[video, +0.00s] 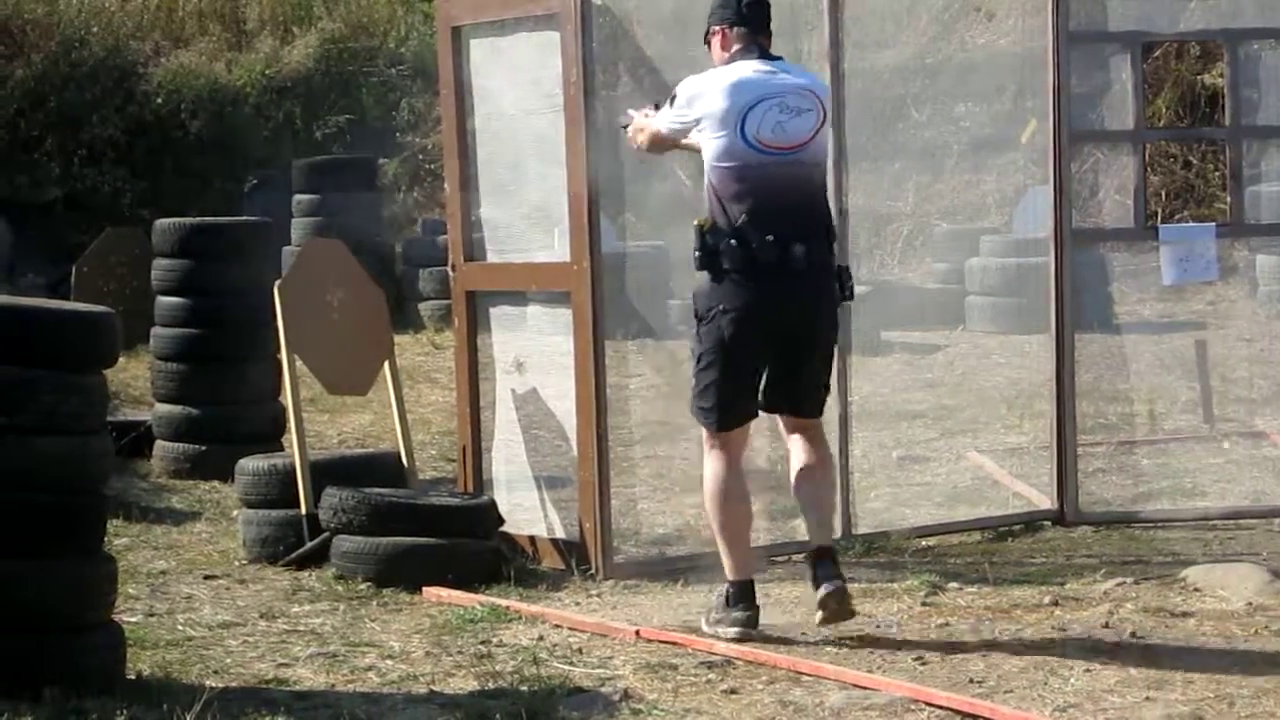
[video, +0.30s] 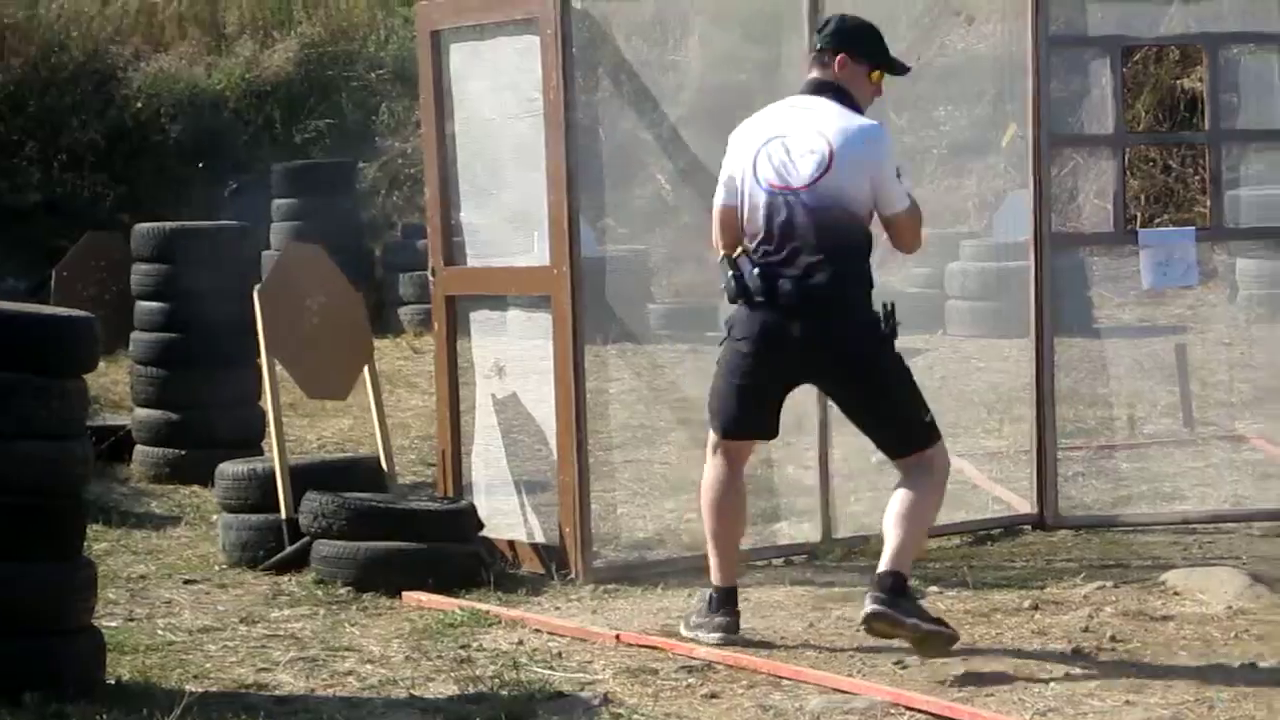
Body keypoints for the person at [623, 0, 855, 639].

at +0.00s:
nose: (709, 50)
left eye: (710, 40)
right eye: (712, 40)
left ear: (721, 38)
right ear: (765, 36)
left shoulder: (708, 89)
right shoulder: (815, 87)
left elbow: (652, 137)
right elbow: (753, 125)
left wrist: (640, 123)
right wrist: (687, 123)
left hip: (736, 286)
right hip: (814, 282)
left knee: (723, 444)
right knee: (804, 427)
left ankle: (739, 601)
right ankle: (826, 566)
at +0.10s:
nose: (750, 40)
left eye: (749, 32)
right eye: (777, 31)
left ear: (751, 35)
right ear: (804, 36)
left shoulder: (722, 88)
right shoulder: (832, 87)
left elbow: (666, 155)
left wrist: (673, 120)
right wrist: (711, 111)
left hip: (749, 289)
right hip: (829, 288)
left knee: (728, 443)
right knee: (846, 436)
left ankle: (740, 599)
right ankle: (858, 571)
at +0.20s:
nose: (855, 61)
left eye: (855, 52)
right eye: (852, 50)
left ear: (794, 41)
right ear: (830, 42)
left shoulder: (739, 101)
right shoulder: (863, 107)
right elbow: (858, 185)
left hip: (763, 296)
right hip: (845, 296)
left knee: (731, 441)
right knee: (889, 442)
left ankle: (743, 598)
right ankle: (888, 576)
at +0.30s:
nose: (881, 89)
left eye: (883, 77)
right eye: (877, 76)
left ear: (828, 67)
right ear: (843, 65)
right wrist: (886, 188)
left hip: (757, 326)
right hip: (841, 328)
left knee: (726, 452)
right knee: (925, 463)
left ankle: (720, 605)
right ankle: (890, 588)